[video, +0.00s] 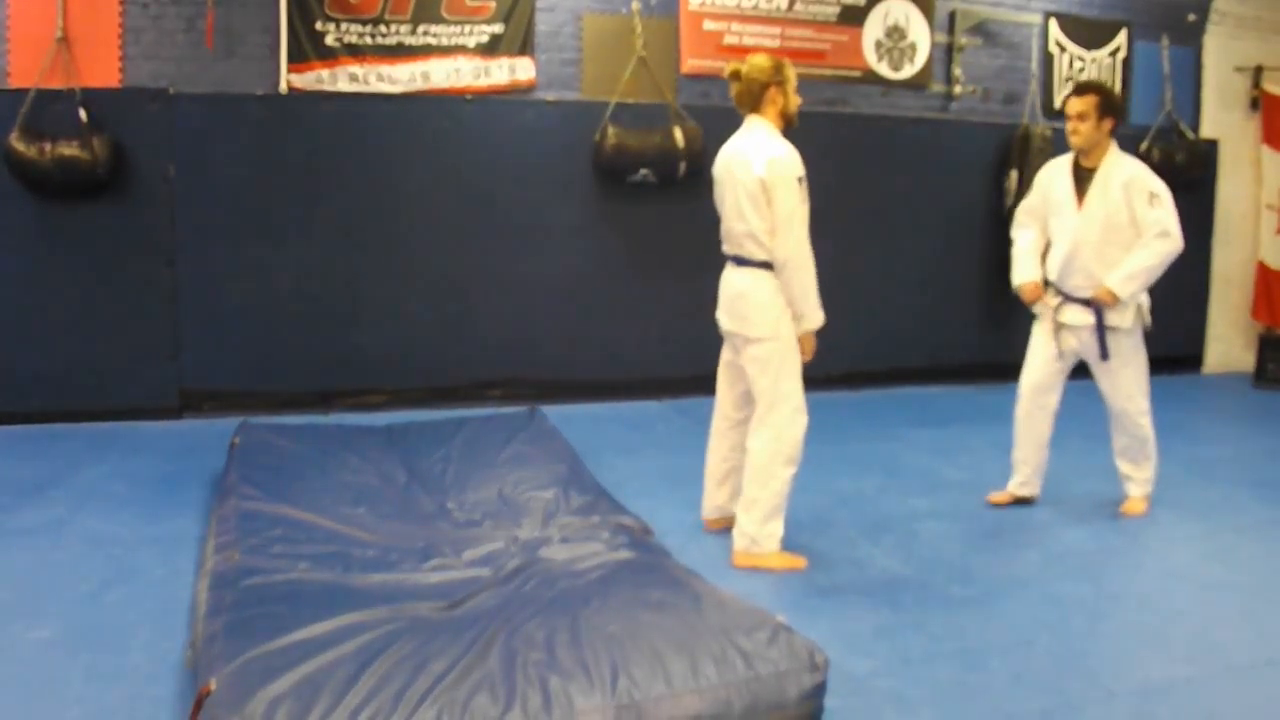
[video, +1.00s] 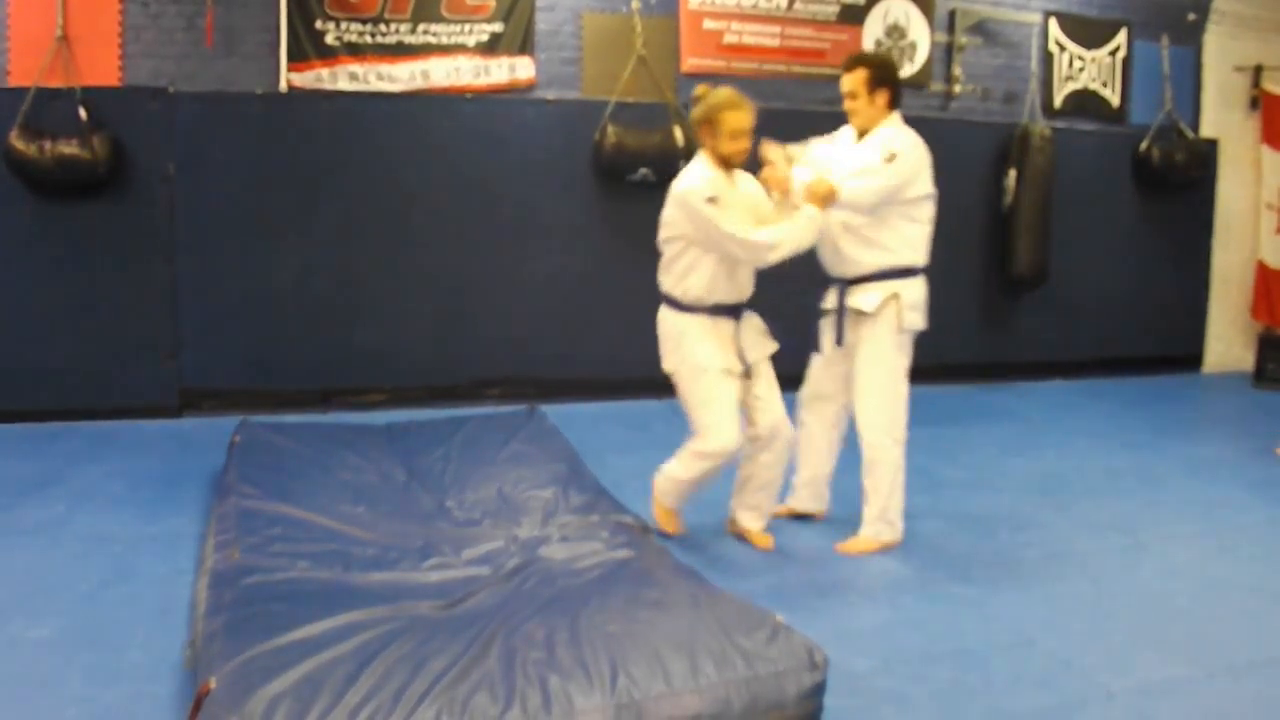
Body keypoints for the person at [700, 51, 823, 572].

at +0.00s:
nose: (797, 99)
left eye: (794, 90)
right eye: (793, 91)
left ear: (747, 96)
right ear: (777, 95)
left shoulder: (730, 150)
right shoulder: (780, 156)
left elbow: (733, 232)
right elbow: (792, 247)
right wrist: (807, 320)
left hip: (734, 278)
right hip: (767, 287)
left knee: (734, 403)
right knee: (783, 415)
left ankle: (719, 507)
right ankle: (756, 542)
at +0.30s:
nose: (798, 99)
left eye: (795, 90)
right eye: (794, 90)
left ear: (753, 96)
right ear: (776, 95)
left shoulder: (733, 148)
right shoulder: (778, 155)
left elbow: (734, 228)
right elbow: (796, 244)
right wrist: (826, 314)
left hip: (736, 278)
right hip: (768, 285)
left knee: (735, 401)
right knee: (783, 414)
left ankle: (721, 505)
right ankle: (757, 540)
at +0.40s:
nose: (799, 100)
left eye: (795, 91)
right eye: (794, 92)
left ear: (752, 96)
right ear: (778, 95)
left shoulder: (731, 149)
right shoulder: (779, 154)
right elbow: (800, 241)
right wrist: (876, 254)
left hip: (733, 283)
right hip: (767, 291)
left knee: (734, 404)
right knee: (782, 416)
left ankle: (720, 506)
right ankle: (756, 541)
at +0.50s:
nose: (800, 101)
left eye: (797, 93)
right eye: (796, 93)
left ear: (753, 95)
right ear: (781, 95)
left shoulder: (733, 145)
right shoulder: (785, 152)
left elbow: (761, 201)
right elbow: (838, 214)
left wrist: (810, 176)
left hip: (724, 282)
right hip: (763, 291)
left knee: (730, 405)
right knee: (781, 417)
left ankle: (720, 506)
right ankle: (756, 541)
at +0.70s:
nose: (809, 112)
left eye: (807, 103)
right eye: (804, 102)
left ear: (768, 102)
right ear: (781, 101)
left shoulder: (745, 144)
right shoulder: (775, 153)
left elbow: (802, 214)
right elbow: (834, 227)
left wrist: (837, 196)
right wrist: (870, 200)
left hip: (722, 286)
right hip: (743, 293)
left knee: (753, 407)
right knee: (776, 418)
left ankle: (730, 504)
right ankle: (758, 543)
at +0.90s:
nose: (782, 131)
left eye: (782, 121)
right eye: (773, 121)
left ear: (755, 123)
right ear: (740, 121)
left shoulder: (748, 170)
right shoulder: (727, 177)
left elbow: (745, 245)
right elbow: (766, 257)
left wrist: (781, 225)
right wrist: (827, 227)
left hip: (736, 308)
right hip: (705, 311)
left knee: (772, 419)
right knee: (757, 419)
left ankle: (745, 516)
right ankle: (704, 515)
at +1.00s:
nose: (744, 144)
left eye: (748, 134)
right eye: (734, 135)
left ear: (751, 133)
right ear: (707, 136)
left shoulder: (744, 181)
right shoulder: (692, 189)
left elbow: (774, 229)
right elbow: (755, 249)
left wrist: (784, 196)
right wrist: (812, 213)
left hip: (737, 320)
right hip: (691, 323)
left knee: (772, 429)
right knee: (721, 438)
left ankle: (749, 517)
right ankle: (666, 493)